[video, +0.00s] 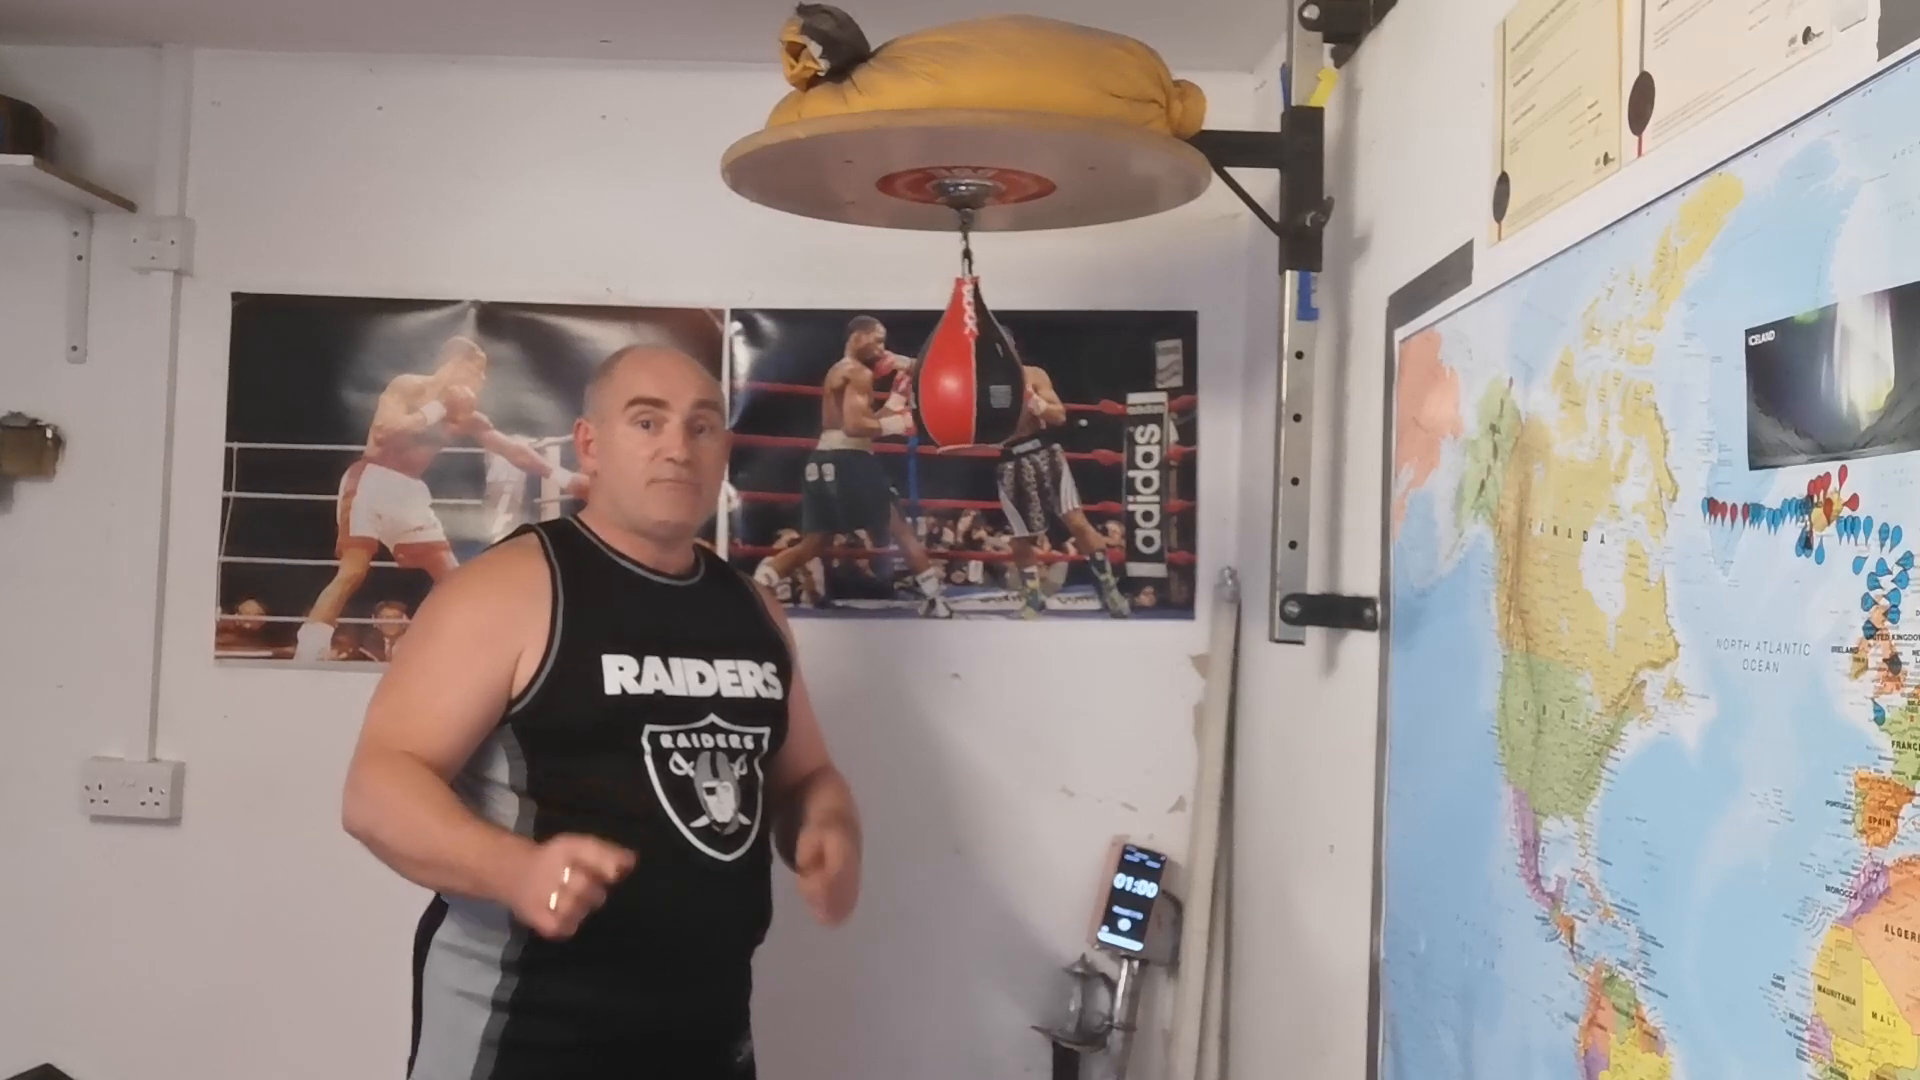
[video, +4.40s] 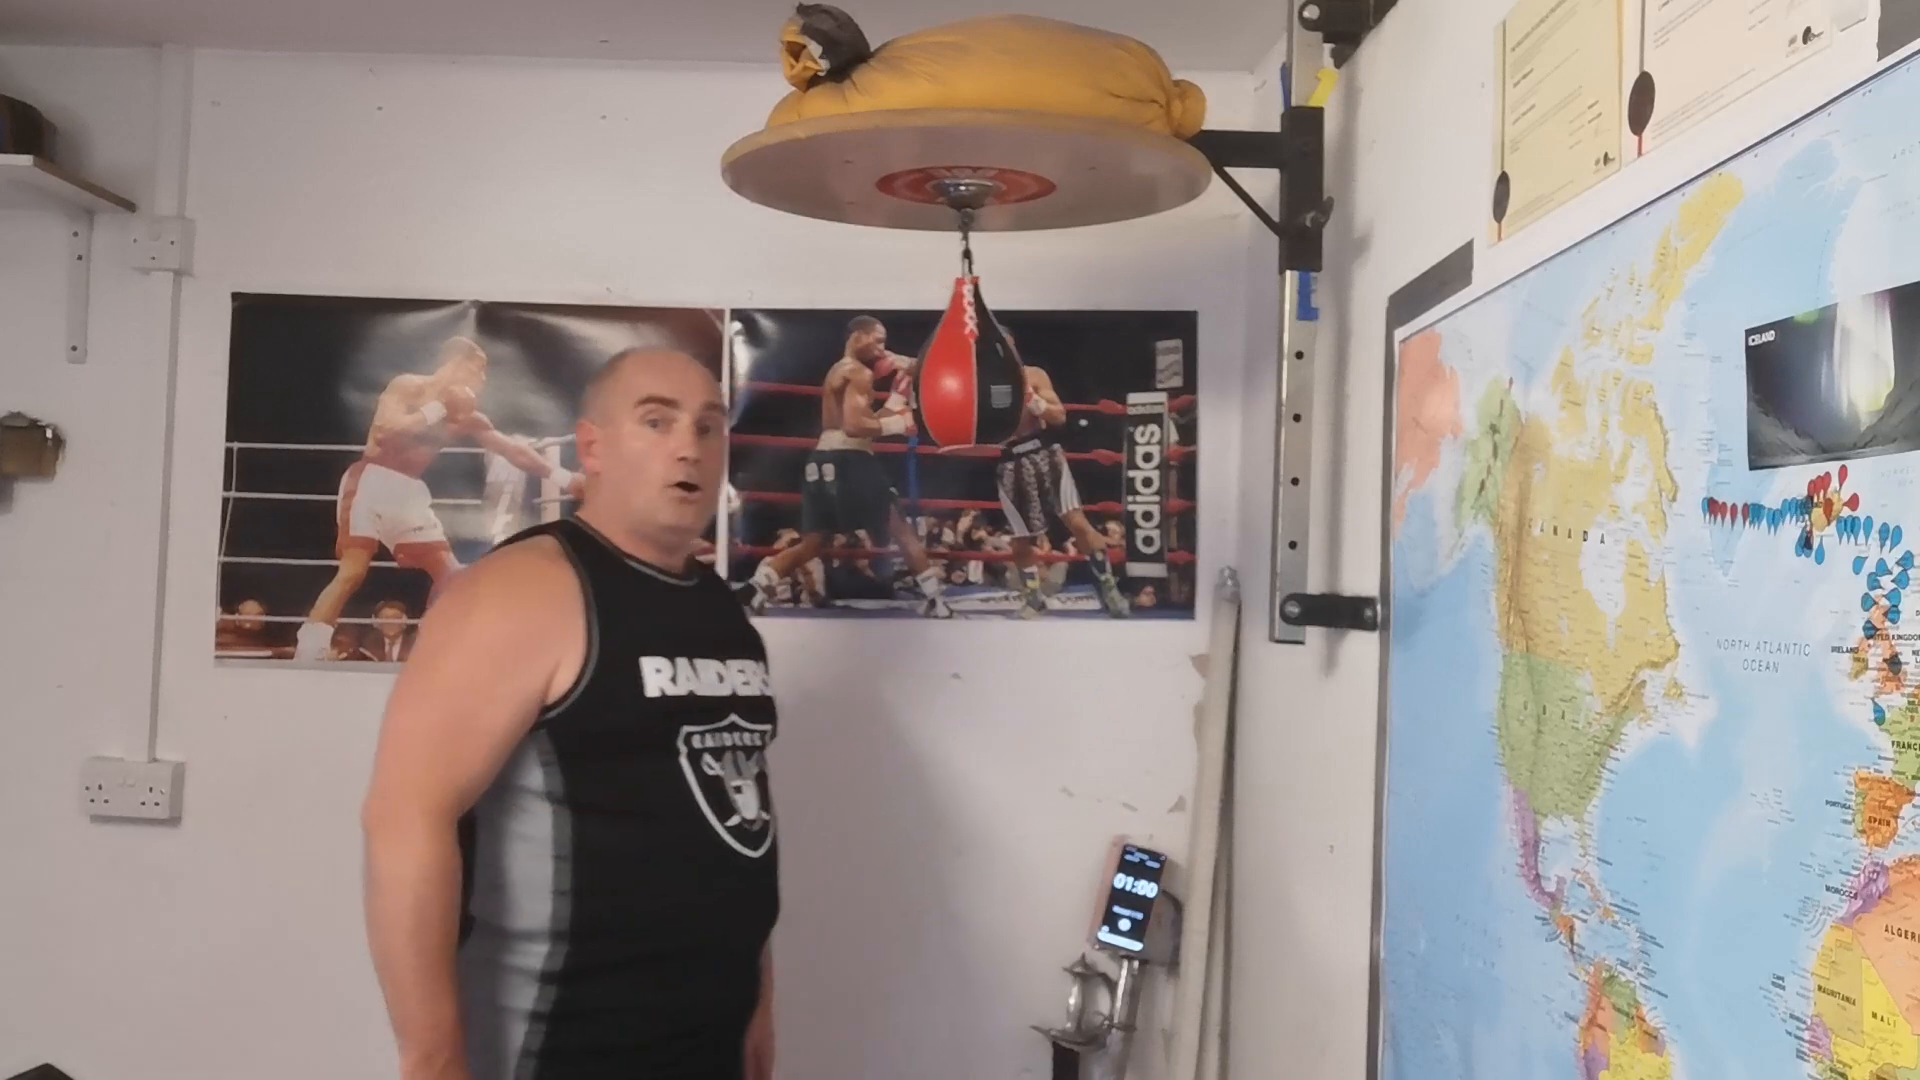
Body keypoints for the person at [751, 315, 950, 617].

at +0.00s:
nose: (881, 349)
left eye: (883, 343)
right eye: (878, 342)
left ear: (857, 340)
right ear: (858, 337)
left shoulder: (834, 372)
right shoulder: (858, 373)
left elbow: (848, 422)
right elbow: (854, 425)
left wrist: (886, 409)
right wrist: (894, 423)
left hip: (820, 463)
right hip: (852, 463)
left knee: (816, 541)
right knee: (901, 529)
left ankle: (756, 587)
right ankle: (935, 597)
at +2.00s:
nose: (881, 350)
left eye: (883, 343)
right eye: (877, 342)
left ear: (855, 341)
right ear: (857, 338)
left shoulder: (834, 372)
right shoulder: (859, 373)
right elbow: (854, 425)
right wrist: (888, 424)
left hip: (820, 463)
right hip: (852, 463)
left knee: (814, 542)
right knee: (902, 530)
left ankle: (755, 588)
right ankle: (935, 597)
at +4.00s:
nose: (881, 349)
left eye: (882, 343)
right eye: (877, 342)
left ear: (853, 340)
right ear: (856, 338)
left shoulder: (834, 372)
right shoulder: (858, 373)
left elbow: (837, 419)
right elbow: (854, 425)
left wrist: (878, 375)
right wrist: (884, 425)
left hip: (820, 462)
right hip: (852, 462)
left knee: (814, 542)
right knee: (903, 530)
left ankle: (753, 588)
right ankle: (936, 599)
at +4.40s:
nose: (881, 349)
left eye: (883, 343)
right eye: (878, 342)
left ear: (855, 340)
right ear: (859, 338)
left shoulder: (834, 373)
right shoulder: (858, 373)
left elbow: (849, 422)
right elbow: (855, 424)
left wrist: (888, 411)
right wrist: (896, 423)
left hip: (821, 463)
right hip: (853, 463)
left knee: (814, 542)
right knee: (901, 528)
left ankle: (754, 589)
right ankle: (935, 597)